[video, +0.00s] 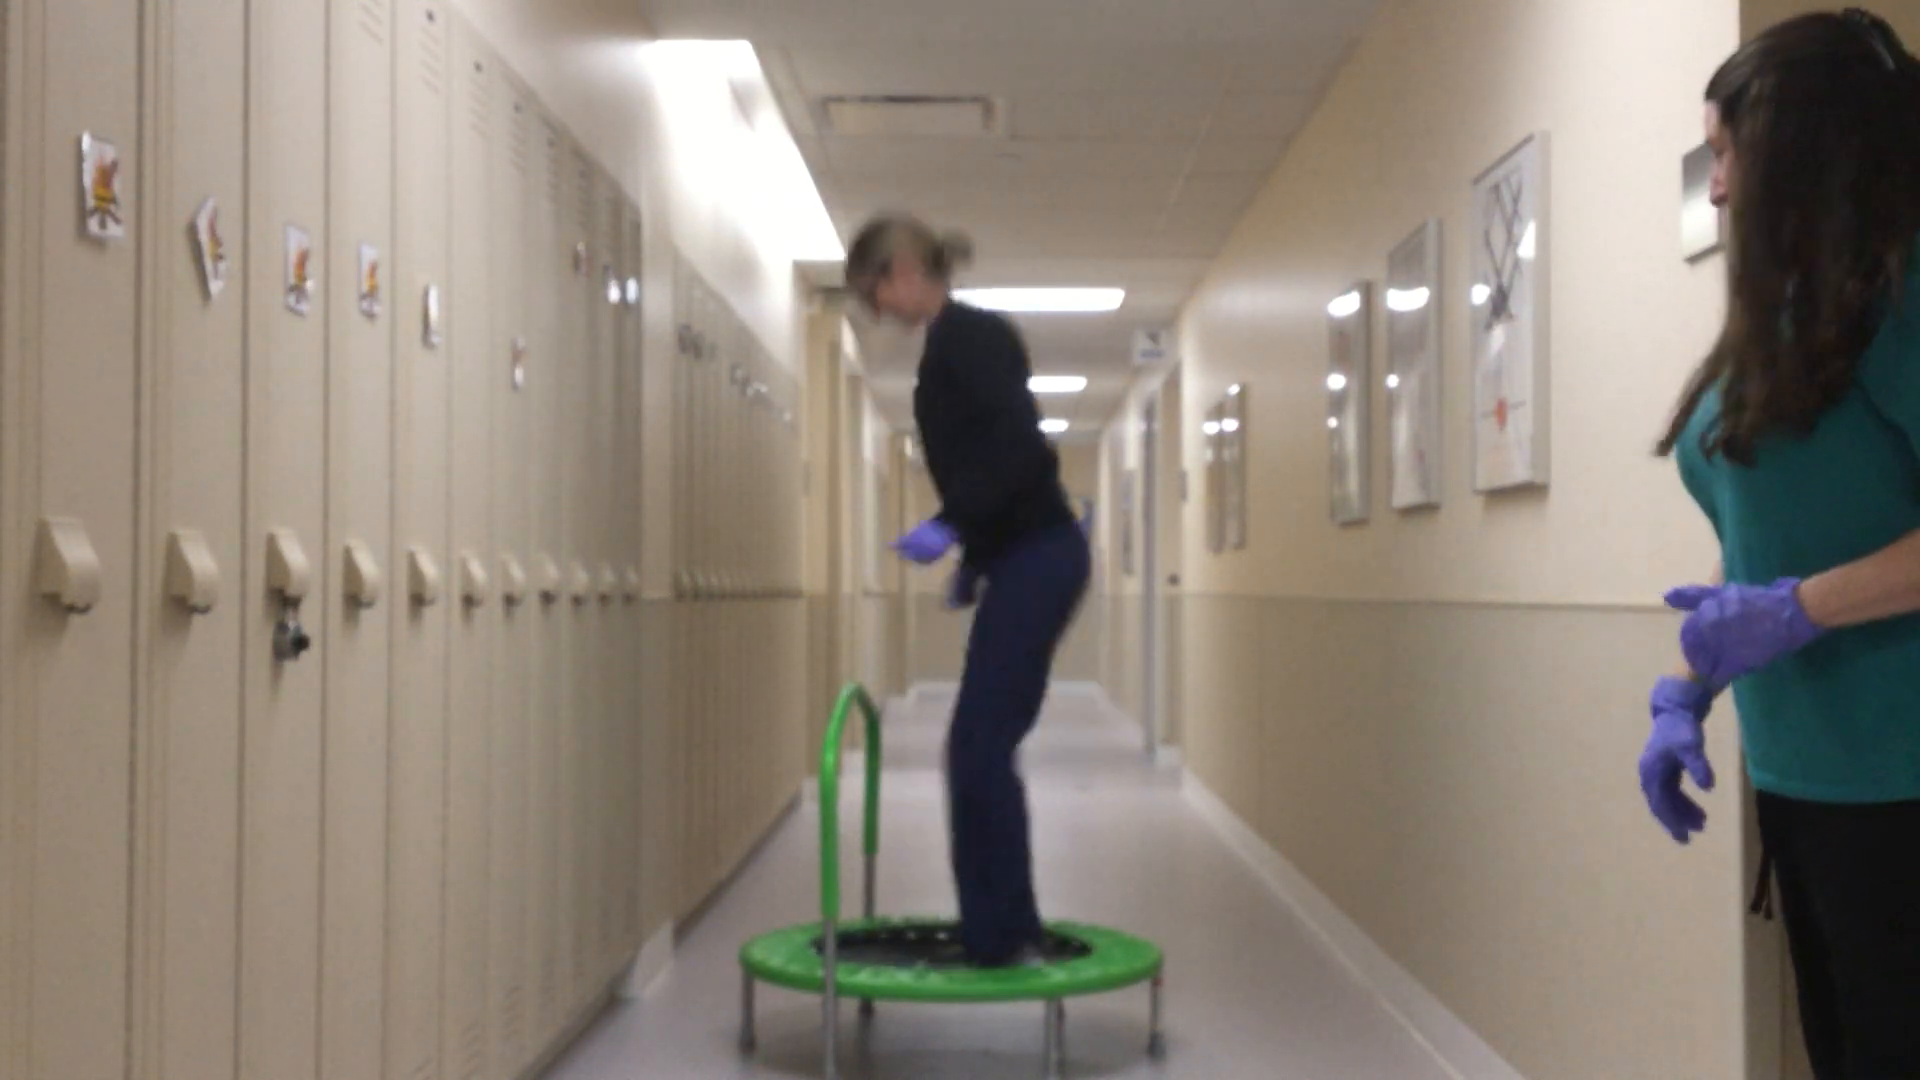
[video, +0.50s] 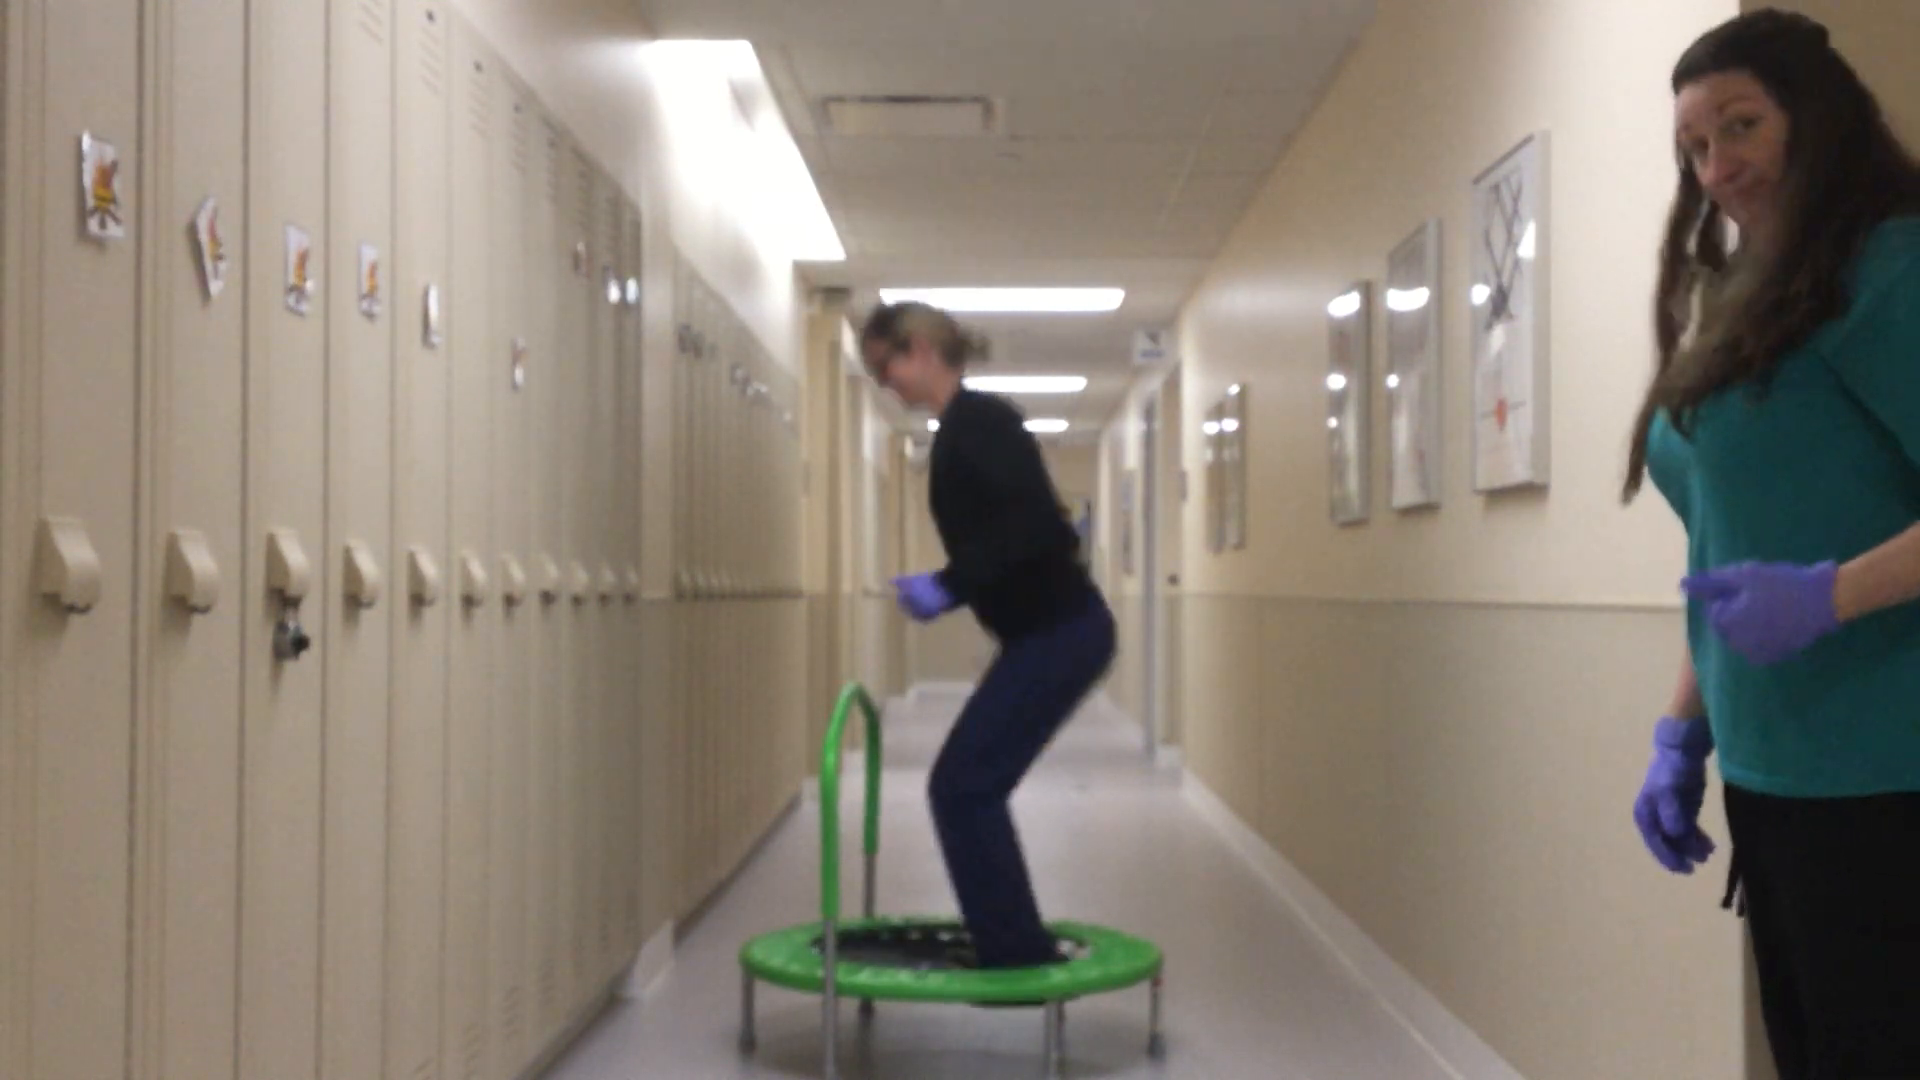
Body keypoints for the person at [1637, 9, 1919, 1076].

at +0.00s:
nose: (1711, 179)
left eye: (1725, 151)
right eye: (1711, 154)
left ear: (1803, 151)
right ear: (1793, 157)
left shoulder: (1891, 314)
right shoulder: (1765, 334)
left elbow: (1917, 546)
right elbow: (1755, 560)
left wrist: (1794, 609)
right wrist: (1685, 697)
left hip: (1894, 786)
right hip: (1797, 785)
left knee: (1890, 1055)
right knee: (1840, 1057)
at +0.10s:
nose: (1705, 178)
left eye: (1716, 149)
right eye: (1704, 152)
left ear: (1790, 149)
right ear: (1793, 156)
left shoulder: (1891, 294)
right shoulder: (1761, 306)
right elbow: (1757, 550)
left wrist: (1804, 616)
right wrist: (1693, 707)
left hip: (1892, 787)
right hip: (1792, 786)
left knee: (1891, 1050)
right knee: (1834, 1052)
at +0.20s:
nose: (1694, 179)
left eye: (1707, 152)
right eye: (1694, 155)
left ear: (1786, 149)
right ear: (1790, 156)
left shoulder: (1890, 282)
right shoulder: (1758, 300)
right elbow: (1757, 546)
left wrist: (1803, 621)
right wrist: (1696, 717)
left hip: (1890, 791)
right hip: (1792, 792)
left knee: (1885, 1057)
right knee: (1824, 1056)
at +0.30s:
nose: (1693, 179)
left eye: (1706, 152)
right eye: (1690, 156)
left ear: (1787, 139)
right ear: (1782, 148)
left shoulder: (1887, 275)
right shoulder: (1762, 294)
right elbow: (1746, 547)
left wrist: (1809, 623)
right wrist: (1698, 724)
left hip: (1886, 793)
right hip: (1789, 793)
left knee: (1881, 1057)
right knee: (1816, 1056)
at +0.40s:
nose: (1705, 172)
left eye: (1729, 135)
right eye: (1691, 150)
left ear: (1809, 128)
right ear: (1692, 159)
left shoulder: (1887, 273)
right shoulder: (1741, 302)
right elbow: (1736, 549)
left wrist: (1814, 619)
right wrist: (1691, 729)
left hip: (1886, 787)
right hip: (1780, 792)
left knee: (1880, 1056)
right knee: (1811, 1055)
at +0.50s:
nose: (1717, 163)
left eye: (1739, 123)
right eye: (1695, 146)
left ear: (1812, 114)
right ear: (1686, 166)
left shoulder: (1887, 271)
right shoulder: (1726, 305)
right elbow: (1726, 547)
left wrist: (1831, 593)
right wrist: (1681, 732)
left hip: (1883, 780)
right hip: (1771, 784)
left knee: (1876, 1049)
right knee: (1806, 1049)